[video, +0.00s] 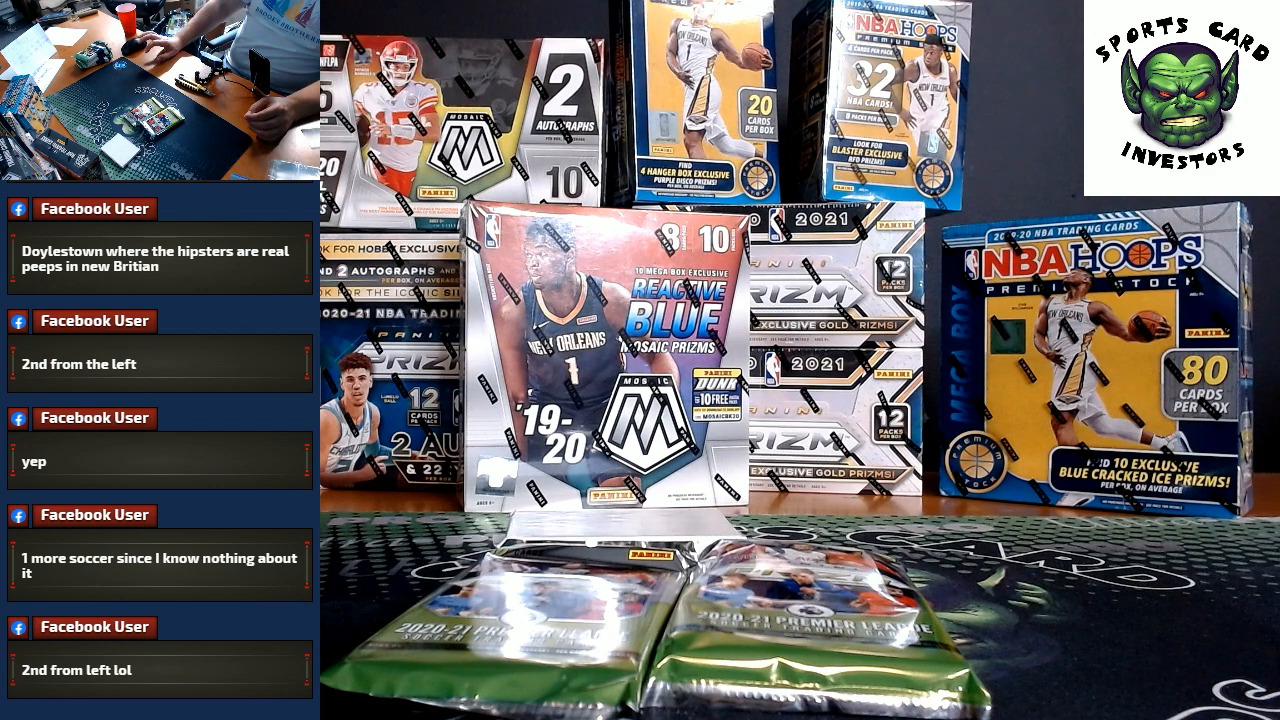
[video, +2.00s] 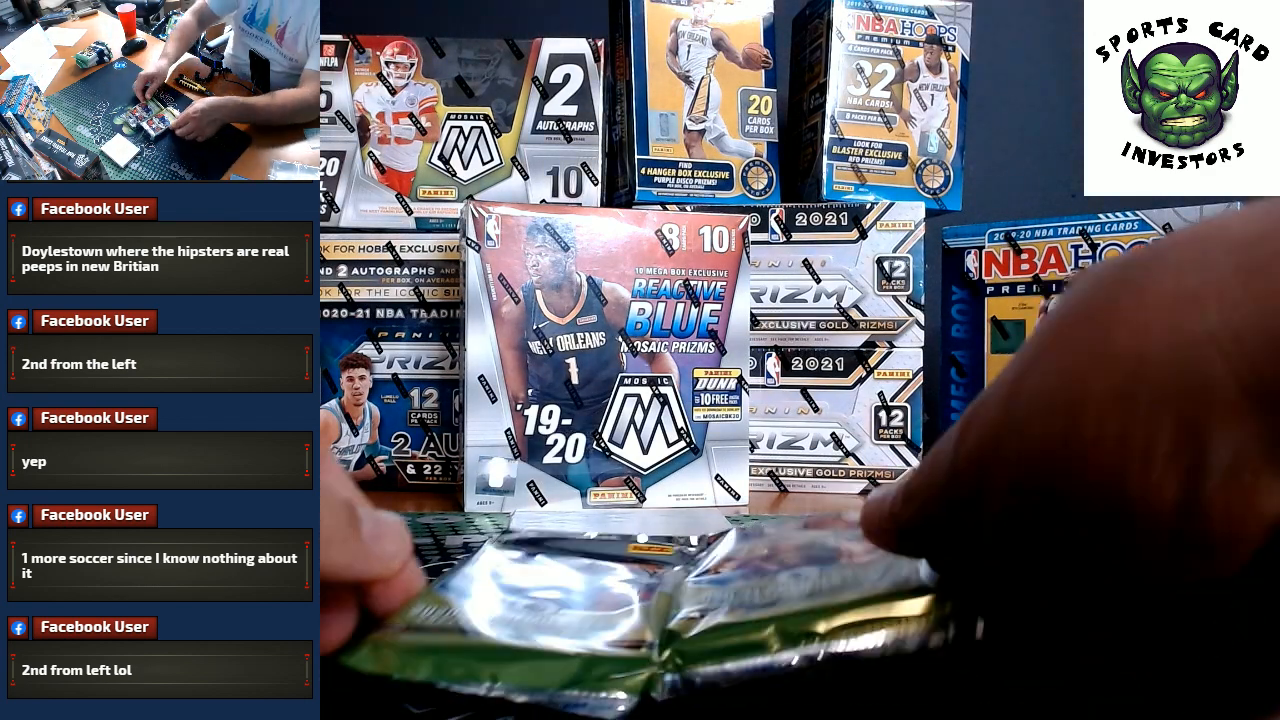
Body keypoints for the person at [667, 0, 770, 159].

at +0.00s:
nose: (697, 9)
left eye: (702, 6)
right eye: (695, 5)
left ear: (711, 12)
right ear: (691, 8)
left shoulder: (715, 34)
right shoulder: (678, 25)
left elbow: (739, 60)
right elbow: (670, 53)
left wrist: (764, 62)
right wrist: (678, 72)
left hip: (705, 87)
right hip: (692, 88)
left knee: (692, 141)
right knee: (725, 145)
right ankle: (767, 158)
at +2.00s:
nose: (697, 10)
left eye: (702, 7)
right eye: (695, 6)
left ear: (711, 12)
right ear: (691, 9)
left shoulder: (715, 34)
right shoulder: (678, 24)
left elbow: (739, 59)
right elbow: (670, 53)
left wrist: (764, 62)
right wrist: (678, 72)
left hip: (705, 87)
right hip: (692, 88)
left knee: (692, 141)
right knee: (725, 145)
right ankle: (767, 158)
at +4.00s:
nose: (698, 8)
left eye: (702, 5)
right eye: (696, 5)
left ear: (709, 12)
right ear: (691, 7)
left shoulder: (715, 34)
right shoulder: (678, 24)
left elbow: (739, 59)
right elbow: (670, 54)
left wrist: (764, 63)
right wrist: (678, 72)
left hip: (705, 87)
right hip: (692, 88)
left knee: (692, 141)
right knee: (725, 145)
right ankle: (765, 157)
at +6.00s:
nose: (694, 11)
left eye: (697, 8)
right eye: (688, 7)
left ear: (702, 8)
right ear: (683, 7)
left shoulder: (712, 31)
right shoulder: (679, 25)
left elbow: (734, 54)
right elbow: (671, 53)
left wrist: (758, 59)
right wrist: (678, 70)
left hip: (706, 84)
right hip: (692, 85)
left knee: (692, 138)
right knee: (724, 142)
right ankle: (758, 153)